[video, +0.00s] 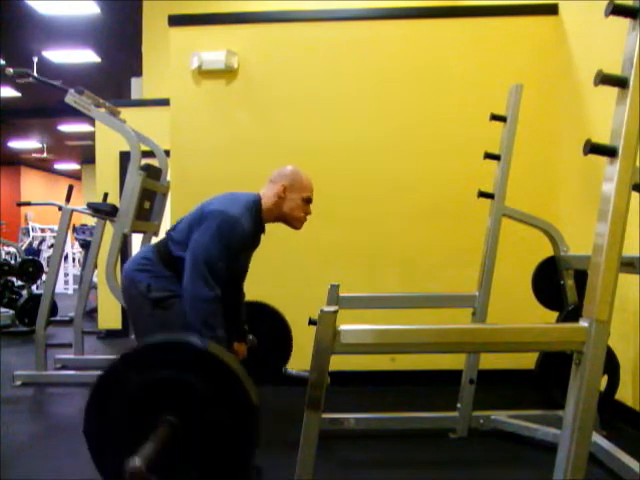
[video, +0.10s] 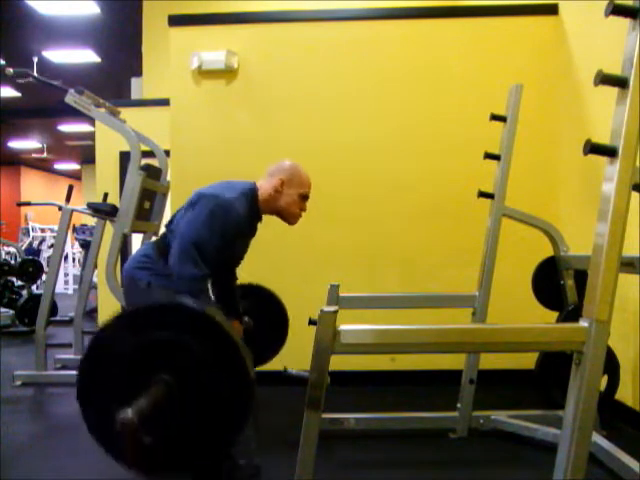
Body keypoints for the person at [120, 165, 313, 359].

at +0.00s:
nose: (309, 211)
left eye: (310, 203)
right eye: (306, 201)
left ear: (281, 193)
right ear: (282, 193)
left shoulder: (249, 223)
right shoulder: (231, 218)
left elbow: (231, 288)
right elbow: (200, 288)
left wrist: (238, 336)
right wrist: (216, 346)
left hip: (171, 282)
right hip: (150, 281)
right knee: (171, 362)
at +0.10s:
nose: (304, 208)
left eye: (307, 200)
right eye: (302, 198)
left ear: (276, 187)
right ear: (278, 186)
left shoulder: (245, 214)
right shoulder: (222, 202)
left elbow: (224, 273)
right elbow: (185, 267)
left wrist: (234, 317)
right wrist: (218, 321)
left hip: (178, 284)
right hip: (150, 282)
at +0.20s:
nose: (304, 203)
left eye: (306, 195)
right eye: (302, 192)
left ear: (277, 180)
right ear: (279, 179)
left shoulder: (245, 204)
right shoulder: (226, 192)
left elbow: (217, 263)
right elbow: (176, 250)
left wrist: (231, 295)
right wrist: (220, 297)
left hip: (180, 295)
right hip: (155, 291)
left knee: (208, 372)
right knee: (200, 374)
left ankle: (202, 456)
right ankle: (196, 460)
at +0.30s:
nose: (308, 201)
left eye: (311, 193)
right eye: (307, 190)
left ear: (284, 177)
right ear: (284, 176)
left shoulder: (247, 198)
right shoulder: (232, 192)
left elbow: (222, 255)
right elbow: (168, 228)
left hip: (191, 299)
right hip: (171, 298)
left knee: (206, 377)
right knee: (188, 379)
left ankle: (210, 458)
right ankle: (194, 463)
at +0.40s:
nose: (315, 204)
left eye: (317, 196)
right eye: (314, 193)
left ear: (290, 181)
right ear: (291, 180)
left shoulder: (251, 204)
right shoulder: (241, 201)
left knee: (216, 356)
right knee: (194, 362)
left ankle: (209, 456)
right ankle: (195, 462)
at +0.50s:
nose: (316, 206)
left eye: (318, 198)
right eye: (314, 195)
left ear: (291, 183)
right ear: (291, 182)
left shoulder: (252, 210)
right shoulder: (240, 202)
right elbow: (166, 215)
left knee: (211, 364)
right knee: (191, 370)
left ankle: (209, 458)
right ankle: (195, 463)